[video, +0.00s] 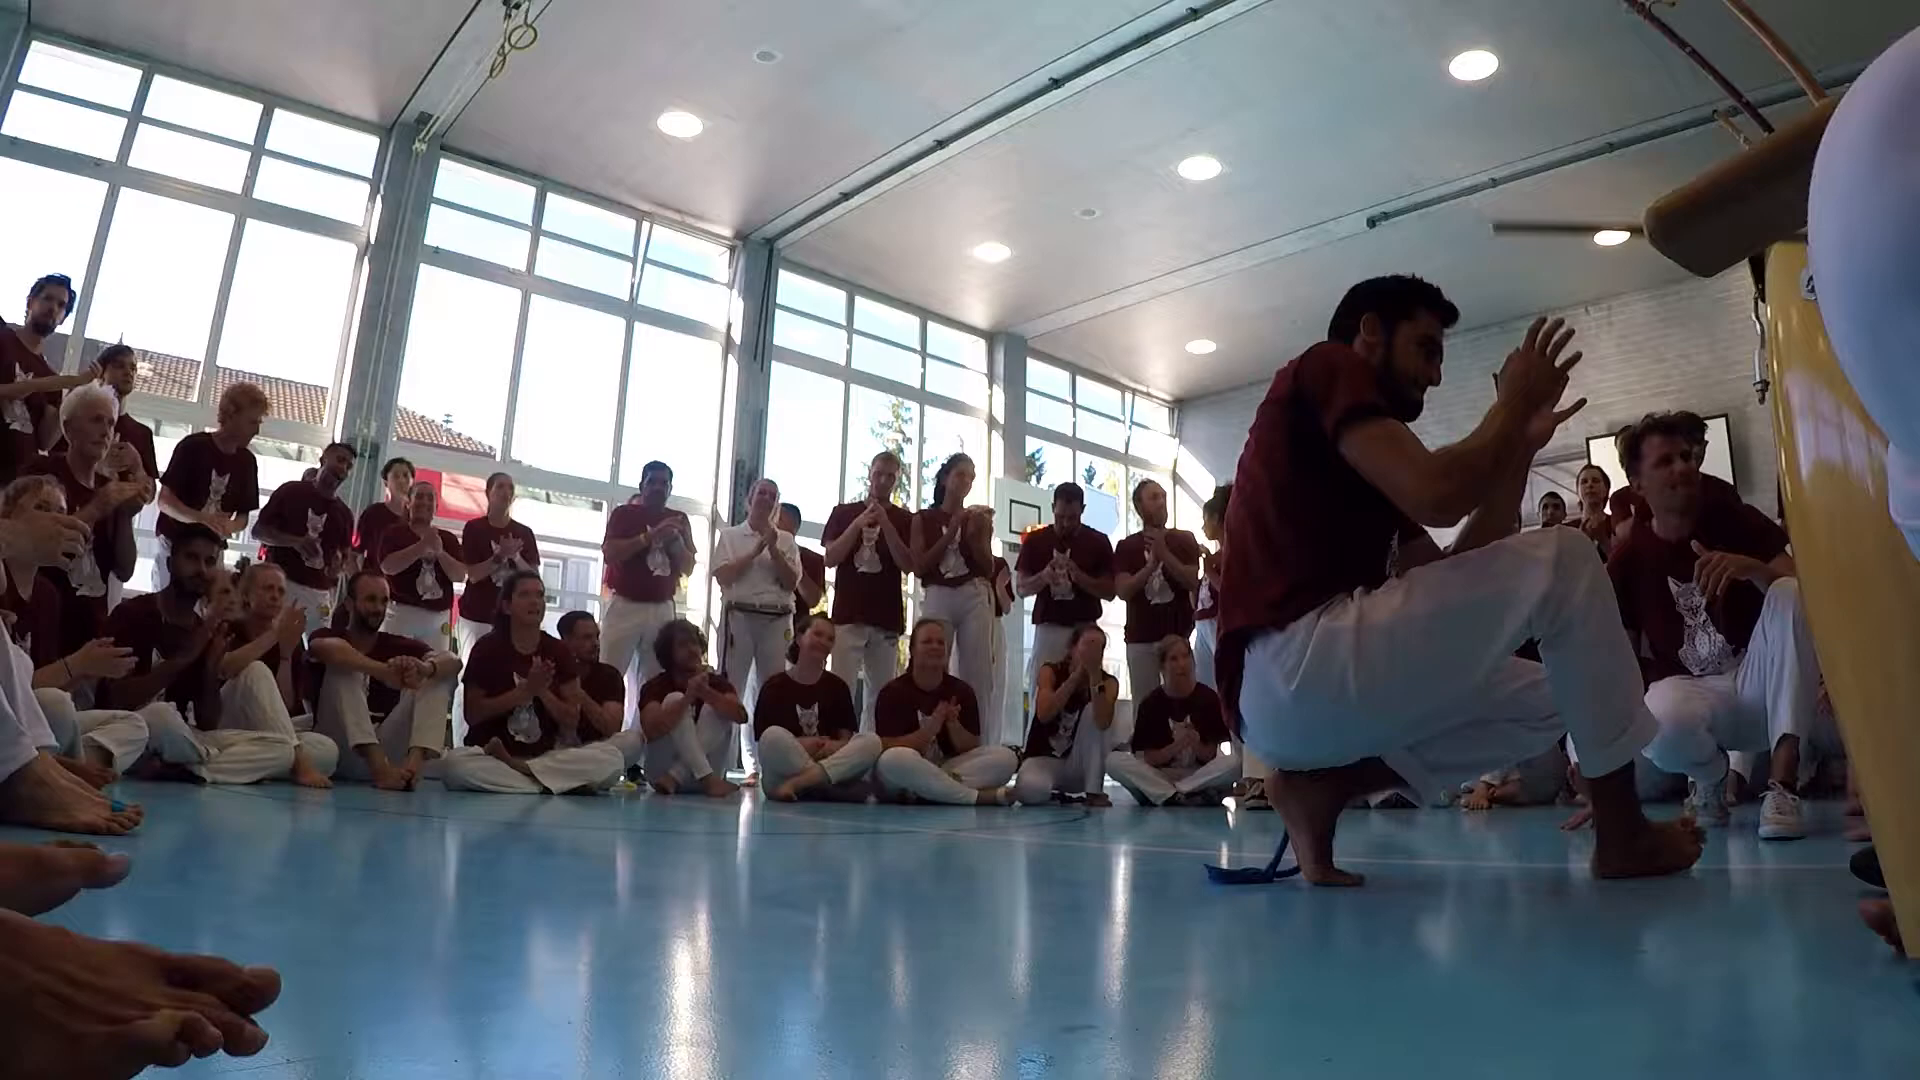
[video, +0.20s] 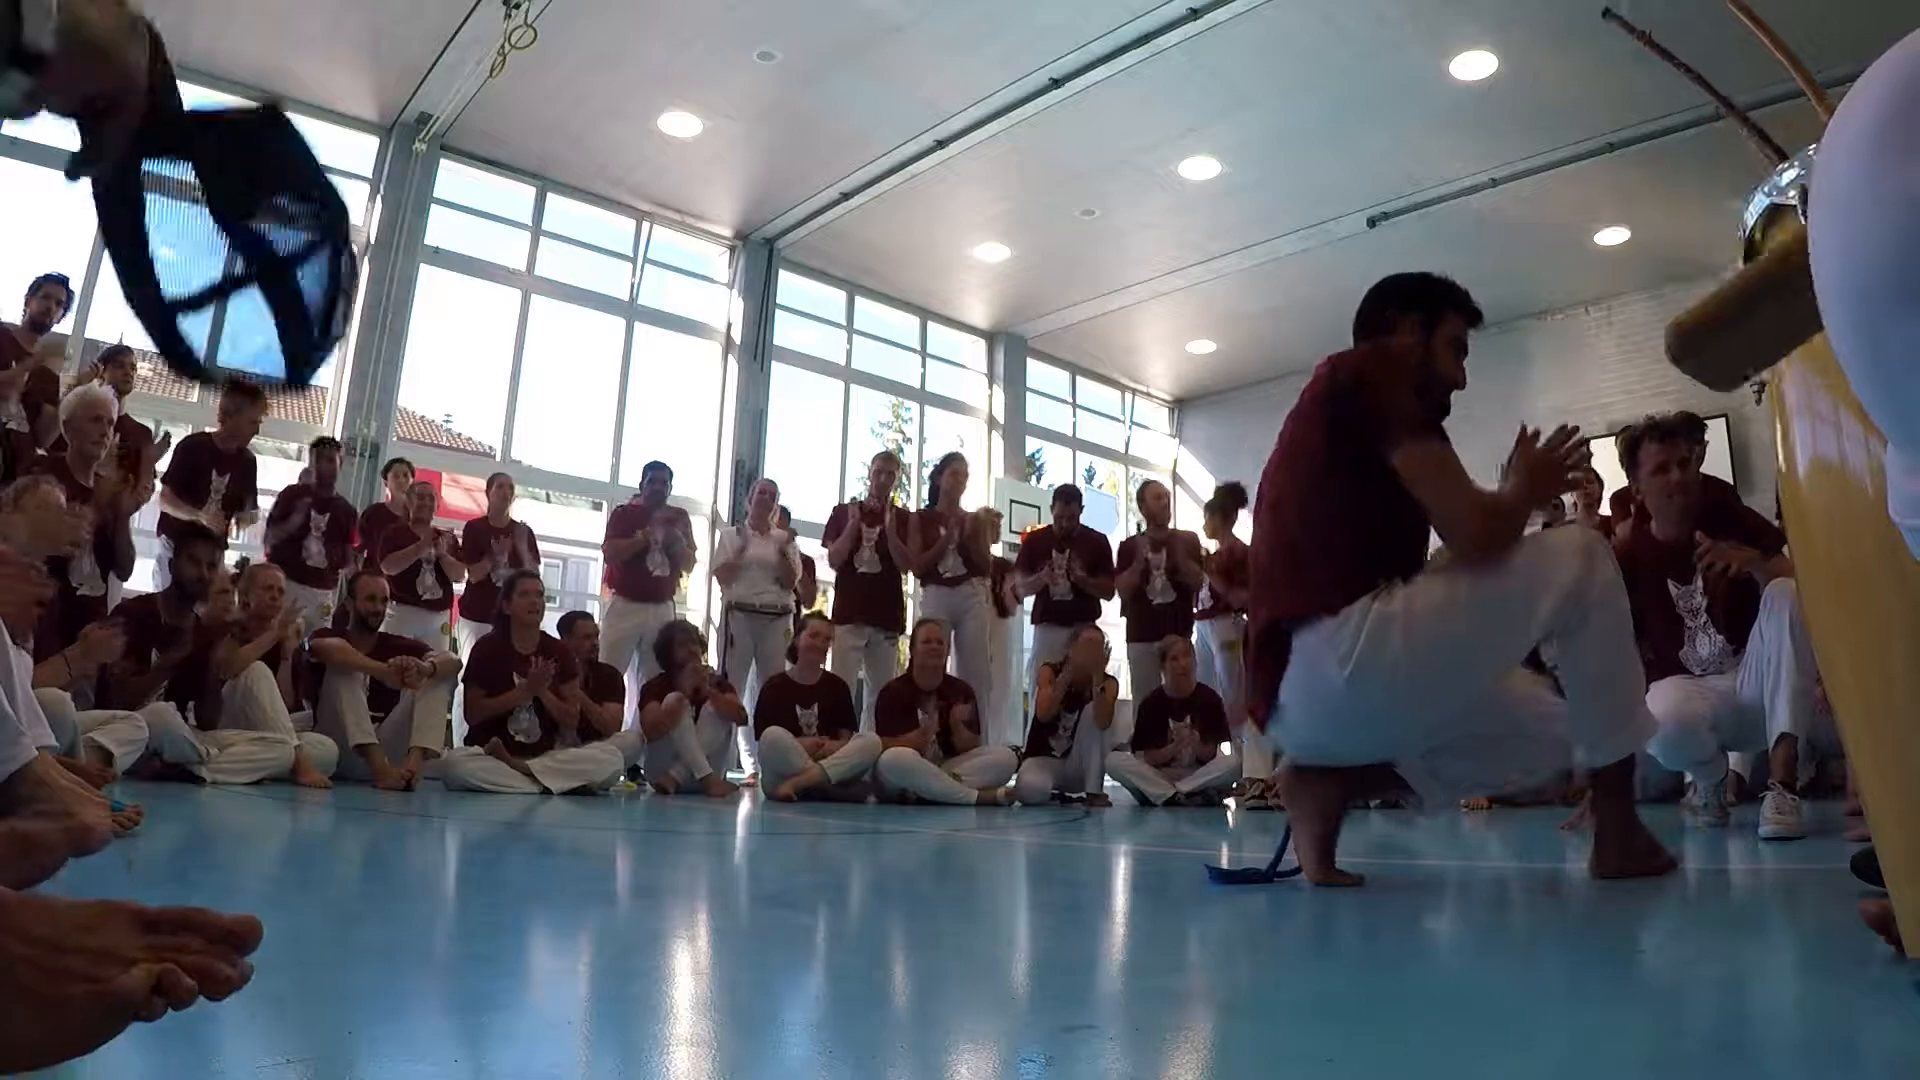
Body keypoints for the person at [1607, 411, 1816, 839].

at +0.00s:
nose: (1681, 471)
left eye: (1687, 458)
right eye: (1664, 463)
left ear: (1700, 463)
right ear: (1637, 481)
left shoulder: (1732, 517)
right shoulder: (1629, 555)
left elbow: (1805, 568)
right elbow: (1616, 658)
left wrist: (1756, 568)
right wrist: (1599, 785)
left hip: (1755, 676)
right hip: (1684, 688)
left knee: (1789, 593)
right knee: (1665, 721)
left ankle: (1782, 783)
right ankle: (1709, 776)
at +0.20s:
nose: (1678, 479)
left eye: (1685, 465)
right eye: (1661, 471)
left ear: (1700, 467)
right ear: (1636, 485)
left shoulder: (1729, 518)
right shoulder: (1625, 551)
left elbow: (1797, 571)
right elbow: (1609, 654)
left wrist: (1754, 562)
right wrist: (1600, 785)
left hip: (1756, 677)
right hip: (1683, 689)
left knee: (1785, 593)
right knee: (1667, 717)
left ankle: (1782, 783)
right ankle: (1709, 777)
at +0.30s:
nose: (1681, 480)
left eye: (1688, 466)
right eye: (1664, 472)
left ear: (1701, 468)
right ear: (1636, 487)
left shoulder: (1740, 531)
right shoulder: (1625, 551)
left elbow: (1794, 590)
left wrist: (1758, 550)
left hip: (1754, 678)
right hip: (1682, 689)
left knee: (1785, 594)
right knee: (1678, 721)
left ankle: (1782, 783)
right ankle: (1706, 776)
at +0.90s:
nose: (1713, 478)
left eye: (1710, 467)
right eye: (1700, 470)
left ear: (1712, 471)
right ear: (1667, 480)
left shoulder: (1725, 531)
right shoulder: (1641, 546)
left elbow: (1765, 597)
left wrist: (1782, 540)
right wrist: (1620, 557)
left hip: (1749, 673)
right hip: (1692, 683)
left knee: (1789, 595)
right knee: (1713, 735)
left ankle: (1783, 784)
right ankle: (1704, 784)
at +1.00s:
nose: (1707, 478)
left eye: (1708, 467)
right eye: (1695, 469)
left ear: (1713, 471)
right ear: (1666, 477)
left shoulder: (1731, 535)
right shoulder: (1643, 539)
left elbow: (1778, 594)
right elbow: (1606, 602)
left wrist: (1781, 527)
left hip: (1749, 674)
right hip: (1695, 682)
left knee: (1789, 595)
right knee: (1716, 734)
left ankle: (1781, 779)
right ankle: (1704, 787)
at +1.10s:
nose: (1698, 475)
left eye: (1702, 463)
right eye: (1685, 465)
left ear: (1709, 465)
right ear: (1662, 473)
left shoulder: (1727, 528)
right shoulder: (1641, 539)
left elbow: (1777, 593)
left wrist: (1781, 523)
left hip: (1749, 671)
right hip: (1698, 682)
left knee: (1790, 596)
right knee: (1717, 741)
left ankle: (1780, 778)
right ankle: (1703, 785)